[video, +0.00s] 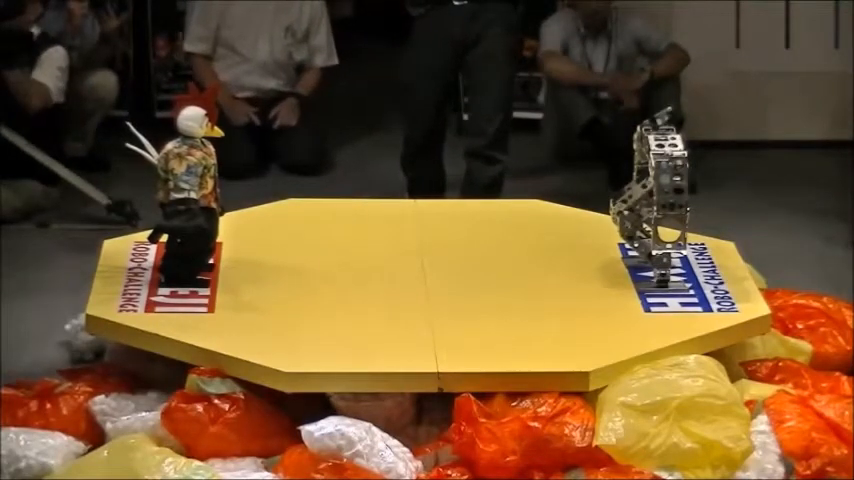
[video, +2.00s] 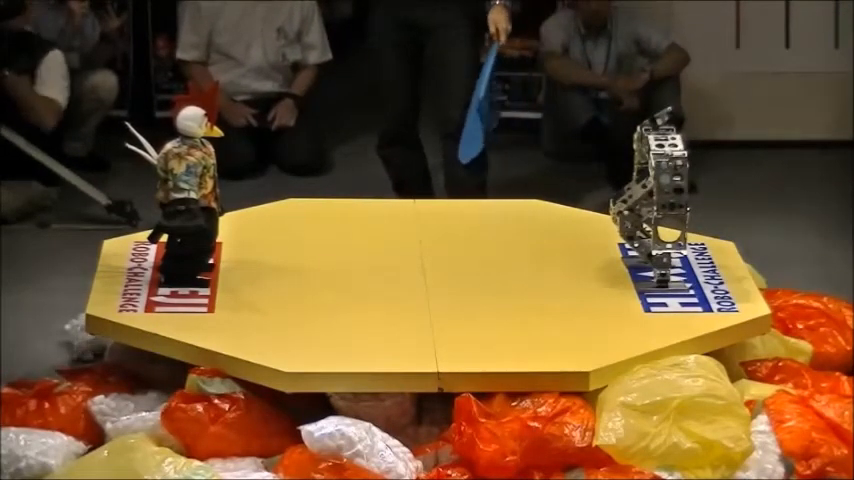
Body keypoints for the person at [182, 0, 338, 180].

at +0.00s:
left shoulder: (310, 5)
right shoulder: (212, 5)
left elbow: (316, 64)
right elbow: (198, 56)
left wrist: (294, 100)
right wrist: (228, 102)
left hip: (284, 99)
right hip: (232, 99)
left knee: (306, 160)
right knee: (237, 164)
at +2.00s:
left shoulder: (302, 5)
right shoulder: (201, 5)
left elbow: (312, 60)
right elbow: (191, 60)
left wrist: (291, 100)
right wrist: (226, 105)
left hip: (280, 98)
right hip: (228, 102)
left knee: (306, 160)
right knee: (237, 163)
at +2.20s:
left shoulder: (301, 5)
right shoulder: (202, 5)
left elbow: (311, 61)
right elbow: (190, 60)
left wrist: (291, 100)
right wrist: (226, 105)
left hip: (280, 98)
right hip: (227, 102)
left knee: (306, 161)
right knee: (237, 164)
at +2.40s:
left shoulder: (302, 5)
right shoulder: (202, 5)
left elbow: (310, 60)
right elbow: (191, 61)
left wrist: (291, 100)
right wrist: (226, 105)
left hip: (280, 99)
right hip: (227, 102)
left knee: (306, 161)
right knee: (238, 164)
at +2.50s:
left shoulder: (302, 5)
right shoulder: (202, 5)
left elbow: (310, 60)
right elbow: (191, 61)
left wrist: (291, 100)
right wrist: (226, 105)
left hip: (280, 99)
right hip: (227, 102)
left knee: (306, 161)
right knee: (238, 164)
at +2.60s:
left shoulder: (302, 5)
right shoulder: (202, 5)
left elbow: (310, 62)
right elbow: (191, 62)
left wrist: (291, 100)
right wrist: (226, 106)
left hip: (280, 99)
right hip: (227, 102)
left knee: (306, 161)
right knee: (238, 164)